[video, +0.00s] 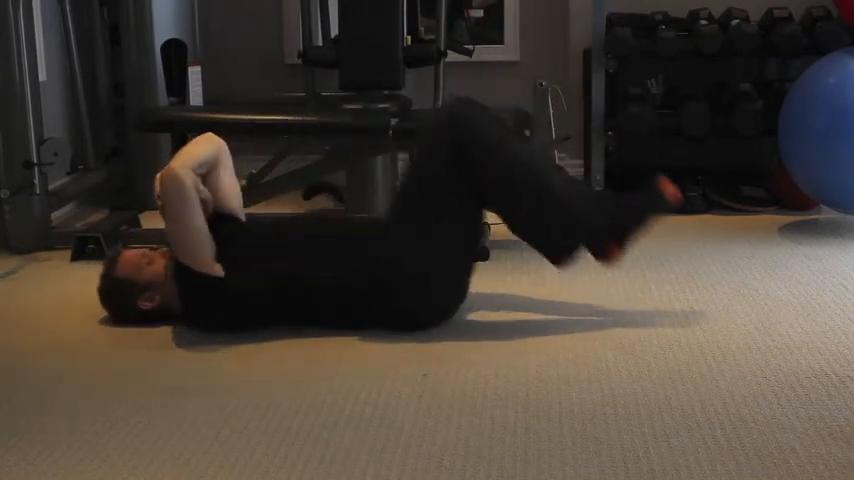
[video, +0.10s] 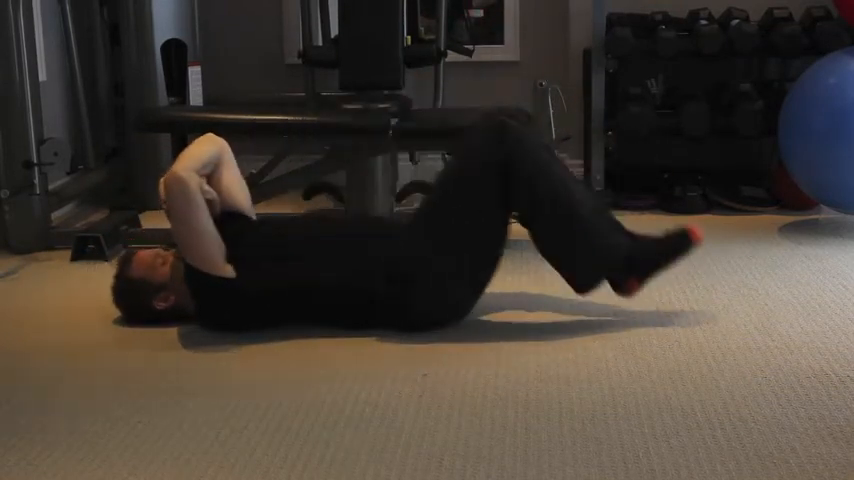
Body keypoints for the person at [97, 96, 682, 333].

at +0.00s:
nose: (147, 253)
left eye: (138, 254)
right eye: (137, 263)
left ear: (158, 273)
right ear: (150, 295)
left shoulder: (223, 256)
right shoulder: (207, 294)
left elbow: (216, 148)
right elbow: (178, 173)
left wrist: (199, 228)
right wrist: (191, 215)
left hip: (411, 263)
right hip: (408, 286)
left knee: (462, 120)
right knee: (459, 125)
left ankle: (564, 232)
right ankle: (598, 226)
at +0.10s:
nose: (163, 259)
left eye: (154, 259)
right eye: (153, 269)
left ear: (172, 268)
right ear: (166, 300)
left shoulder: (235, 252)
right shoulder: (220, 295)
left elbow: (218, 149)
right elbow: (177, 181)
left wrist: (182, 181)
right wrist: (203, 201)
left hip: (422, 260)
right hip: (418, 286)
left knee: (503, 132)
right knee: (500, 140)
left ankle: (604, 257)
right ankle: (616, 261)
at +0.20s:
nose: (175, 258)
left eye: (166, 258)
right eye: (164, 267)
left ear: (182, 270)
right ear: (175, 300)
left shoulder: (243, 251)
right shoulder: (230, 296)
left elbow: (222, 147)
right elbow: (183, 185)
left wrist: (202, 219)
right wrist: (219, 224)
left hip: (431, 254)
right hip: (428, 284)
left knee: (519, 134)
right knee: (518, 143)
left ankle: (605, 267)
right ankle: (631, 271)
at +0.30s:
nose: (172, 256)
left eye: (164, 256)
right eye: (161, 266)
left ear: (183, 267)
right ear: (175, 298)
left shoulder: (244, 252)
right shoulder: (227, 294)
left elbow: (227, 148)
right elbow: (191, 180)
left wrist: (194, 204)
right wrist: (208, 214)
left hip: (432, 256)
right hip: (428, 285)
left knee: (523, 138)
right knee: (518, 145)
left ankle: (623, 266)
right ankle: (635, 270)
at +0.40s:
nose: (170, 259)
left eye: (162, 258)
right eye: (160, 268)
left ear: (179, 267)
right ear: (170, 300)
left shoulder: (240, 251)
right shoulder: (226, 296)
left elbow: (225, 146)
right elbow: (183, 184)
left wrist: (201, 228)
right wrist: (209, 228)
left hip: (427, 257)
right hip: (423, 286)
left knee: (511, 132)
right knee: (509, 141)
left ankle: (620, 258)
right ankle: (630, 262)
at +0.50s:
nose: (158, 257)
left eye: (148, 256)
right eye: (147, 268)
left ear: (173, 263)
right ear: (164, 297)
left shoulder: (236, 246)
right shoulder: (220, 297)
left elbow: (226, 145)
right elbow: (178, 191)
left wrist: (185, 199)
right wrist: (206, 174)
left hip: (421, 258)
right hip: (414, 288)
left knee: (495, 118)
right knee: (480, 127)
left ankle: (586, 228)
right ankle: (612, 227)